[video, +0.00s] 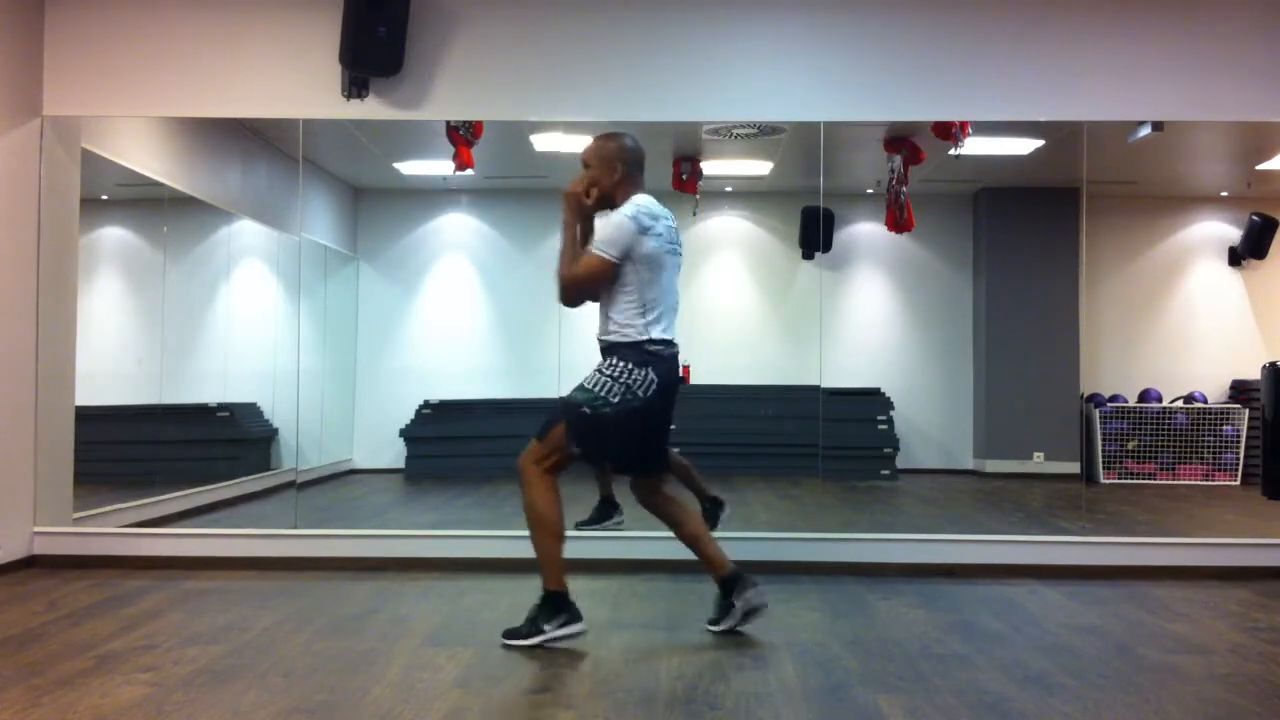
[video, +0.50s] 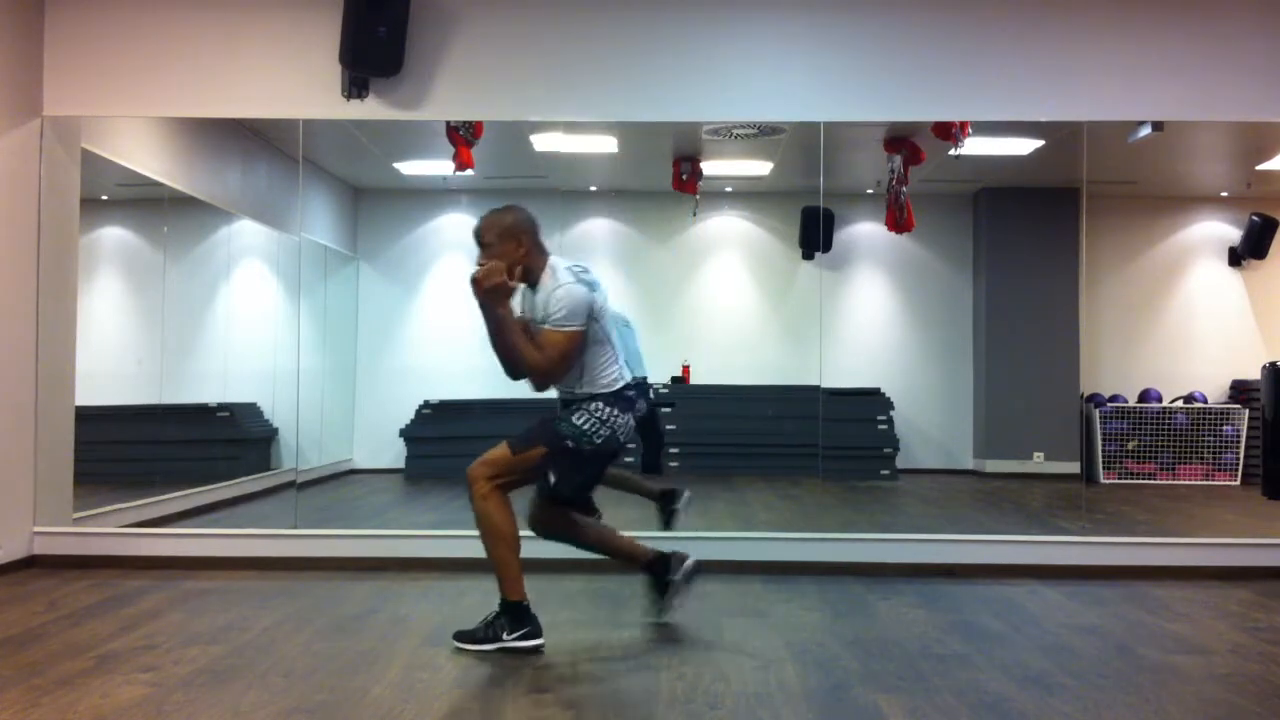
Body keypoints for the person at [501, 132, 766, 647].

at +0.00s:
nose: (582, 180)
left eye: (588, 169)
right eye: (583, 169)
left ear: (617, 173)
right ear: (629, 174)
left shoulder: (625, 218)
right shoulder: (658, 218)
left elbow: (570, 288)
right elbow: (584, 286)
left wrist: (573, 219)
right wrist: (582, 220)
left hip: (627, 369)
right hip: (656, 369)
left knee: (536, 465)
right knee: (650, 488)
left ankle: (556, 603)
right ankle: (733, 582)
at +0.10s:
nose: (572, 193)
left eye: (578, 183)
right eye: (575, 183)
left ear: (601, 185)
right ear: (623, 186)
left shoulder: (595, 228)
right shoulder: (663, 231)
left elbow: (552, 305)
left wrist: (559, 236)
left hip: (628, 375)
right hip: (668, 375)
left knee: (523, 464)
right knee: (640, 485)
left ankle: (530, 600)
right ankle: (715, 582)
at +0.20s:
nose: (559, 234)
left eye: (560, 225)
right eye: (558, 226)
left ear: (578, 217)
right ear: (605, 213)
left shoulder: (581, 253)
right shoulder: (654, 254)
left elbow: (554, 344)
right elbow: (652, 329)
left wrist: (548, 277)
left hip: (620, 397)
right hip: (663, 395)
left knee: (513, 473)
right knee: (633, 498)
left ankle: (516, 609)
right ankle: (715, 592)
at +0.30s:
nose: (528, 250)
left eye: (530, 238)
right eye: (526, 240)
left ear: (553, 231)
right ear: (570, 229)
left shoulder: (579, 267)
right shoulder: (613, 261)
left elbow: (554, 358)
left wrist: (523, 299)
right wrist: (542, 287)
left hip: (618, 412)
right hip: (647, 411)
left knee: (503, 475)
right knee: (607, 515)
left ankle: (516, 613)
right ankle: (708, 588)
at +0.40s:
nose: (501, 253)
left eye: (505, 242)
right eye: (499, 243)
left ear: (534, 240)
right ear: (537, 240)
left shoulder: (583, 278)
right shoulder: (552, 284)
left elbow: (562, 366)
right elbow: (528, 363)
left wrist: (515, 303)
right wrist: (506, 301)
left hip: (613, 413)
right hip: (605, 411)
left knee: (494, 475)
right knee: (578, 525)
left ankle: (517, 615)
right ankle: (692, 575)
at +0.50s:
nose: (483, 260)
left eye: (488, 249)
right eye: (481, 251)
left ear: (519, 247)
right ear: (519, 248)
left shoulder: (570, 290)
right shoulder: (528, 292)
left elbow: (547, 371)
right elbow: (516, 367)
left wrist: (501, 309)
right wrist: (491, 307)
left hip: (603, 412)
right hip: (582, 410)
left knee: (484, 477)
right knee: (549, 518)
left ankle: (515, 615)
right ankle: (661, 565)